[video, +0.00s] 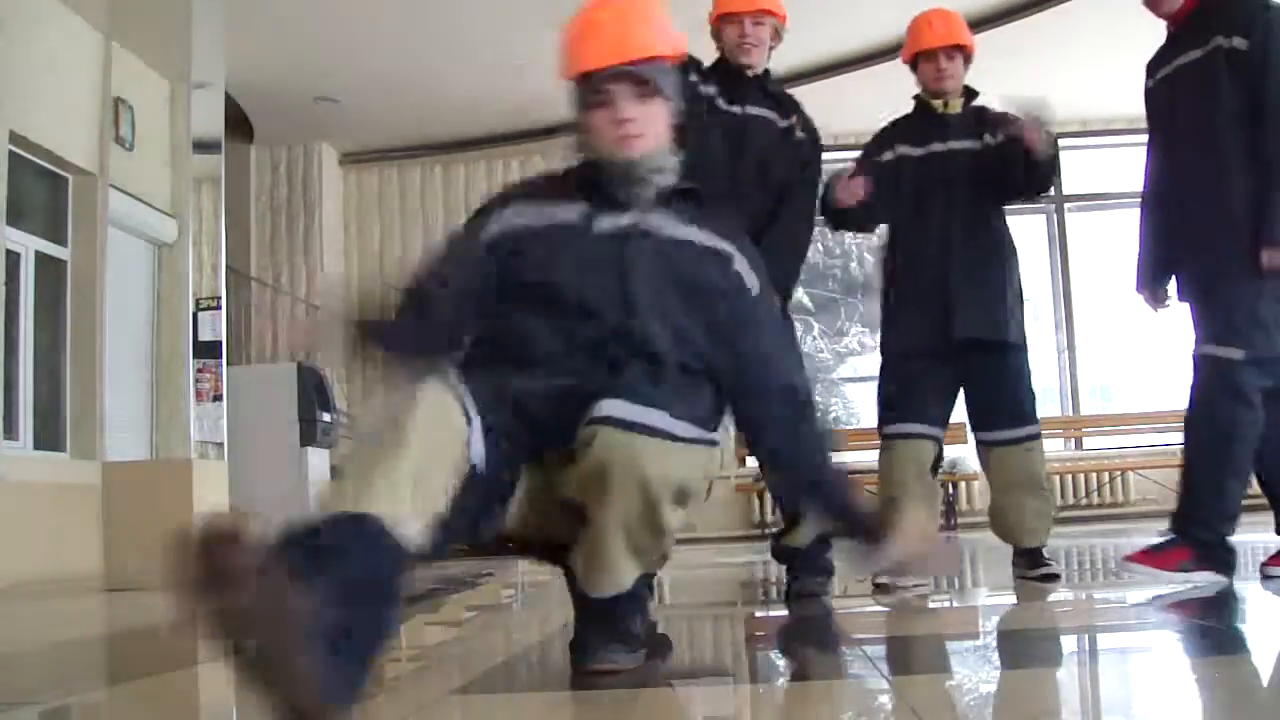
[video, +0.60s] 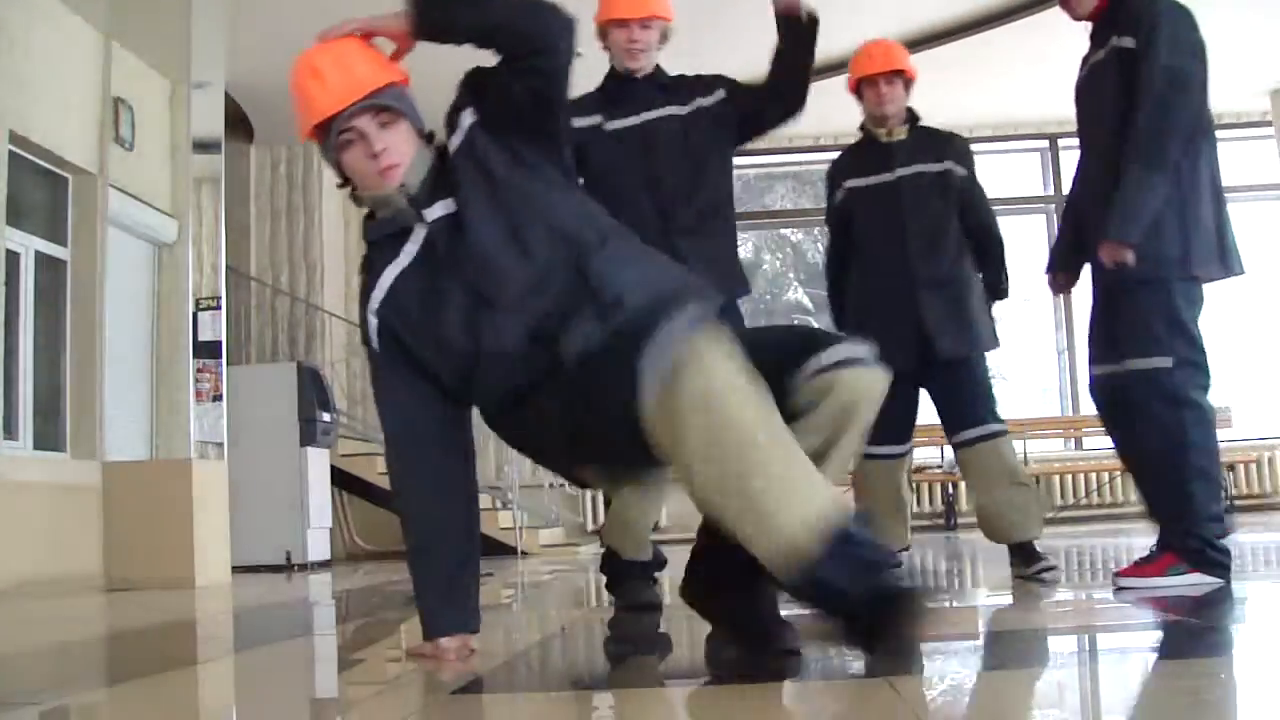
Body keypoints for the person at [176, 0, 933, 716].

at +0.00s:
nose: (621, 113)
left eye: (641, 94)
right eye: (601, 97)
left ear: (675, 106)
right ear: (576, 113)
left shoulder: (717, 252)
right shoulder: (510, 222)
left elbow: (776, 401)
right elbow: (426, 334)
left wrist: (833, 507)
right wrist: (375, 334)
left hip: (642, 460)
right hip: (505, 464)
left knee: (629, 443)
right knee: (427, 400)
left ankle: (615, 618)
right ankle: (329, 626)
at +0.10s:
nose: (560, 124)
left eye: (576, 103)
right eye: (537, 110)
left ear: (608, 112)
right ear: (516, 129)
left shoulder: (681, 229)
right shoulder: (481, 250)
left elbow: (766, 297)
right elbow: (418, 404)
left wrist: (839, 265)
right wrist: (376, 550)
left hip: (663, 432)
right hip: (527, 453)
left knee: (631, 435)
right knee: (468, 421)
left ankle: (615, 607)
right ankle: (510, 624)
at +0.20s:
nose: (486, 123)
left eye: (503, 101)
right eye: (462, 108)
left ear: (531, 107)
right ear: (441, 125)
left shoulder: (607, 188)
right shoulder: (442, 269)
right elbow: (449, 444)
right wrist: (454, 604)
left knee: (646, 348)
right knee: (493, 435)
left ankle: (632, 626)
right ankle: (715, 613)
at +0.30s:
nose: (431, 139)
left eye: (444, 118)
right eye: (407, 131)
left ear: (472, 118)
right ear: (387, 153)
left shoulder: (555, 139)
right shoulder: (418, 295)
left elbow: (613, 34)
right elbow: (444, 467)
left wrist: (486, 23)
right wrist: (447, 619)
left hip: (701, 334)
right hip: (595, 440)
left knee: (589, 346)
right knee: (572, 551)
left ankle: (773, 538)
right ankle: (854, 606)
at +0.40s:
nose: (396, 142)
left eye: (407, 120)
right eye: (372, 135)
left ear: (440, 121)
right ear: (355, 162)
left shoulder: (521, 148)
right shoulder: (398, 302)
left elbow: (574, 41)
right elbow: (436, 473)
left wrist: (447, 30)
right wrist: (446, 626)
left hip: (673, 316)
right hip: (603, 433)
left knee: (609, 406)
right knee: (660, 586)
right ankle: (913, 613)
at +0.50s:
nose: (366, 154)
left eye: (379, 128)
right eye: (341, 148)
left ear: (415, 122)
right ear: (330, 168)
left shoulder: (496, 149)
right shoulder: (386, 309)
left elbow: (538, 48)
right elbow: (426, 467)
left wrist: (420, 28)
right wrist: (446, 624)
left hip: (675, 308)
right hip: (595, 409)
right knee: (737, 520)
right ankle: (957, 597)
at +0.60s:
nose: (373, 145)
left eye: (381, 120)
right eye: (348, 139)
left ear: (412, 115)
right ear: (333, 164)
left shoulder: (499, 132)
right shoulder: (393, 306)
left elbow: (542, 29)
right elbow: (430, 465)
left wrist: (420, 21)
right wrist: (449, 618)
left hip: (671, 325)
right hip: (571, 407)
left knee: (842, 373)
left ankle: (728, 572)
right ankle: (858, 584)